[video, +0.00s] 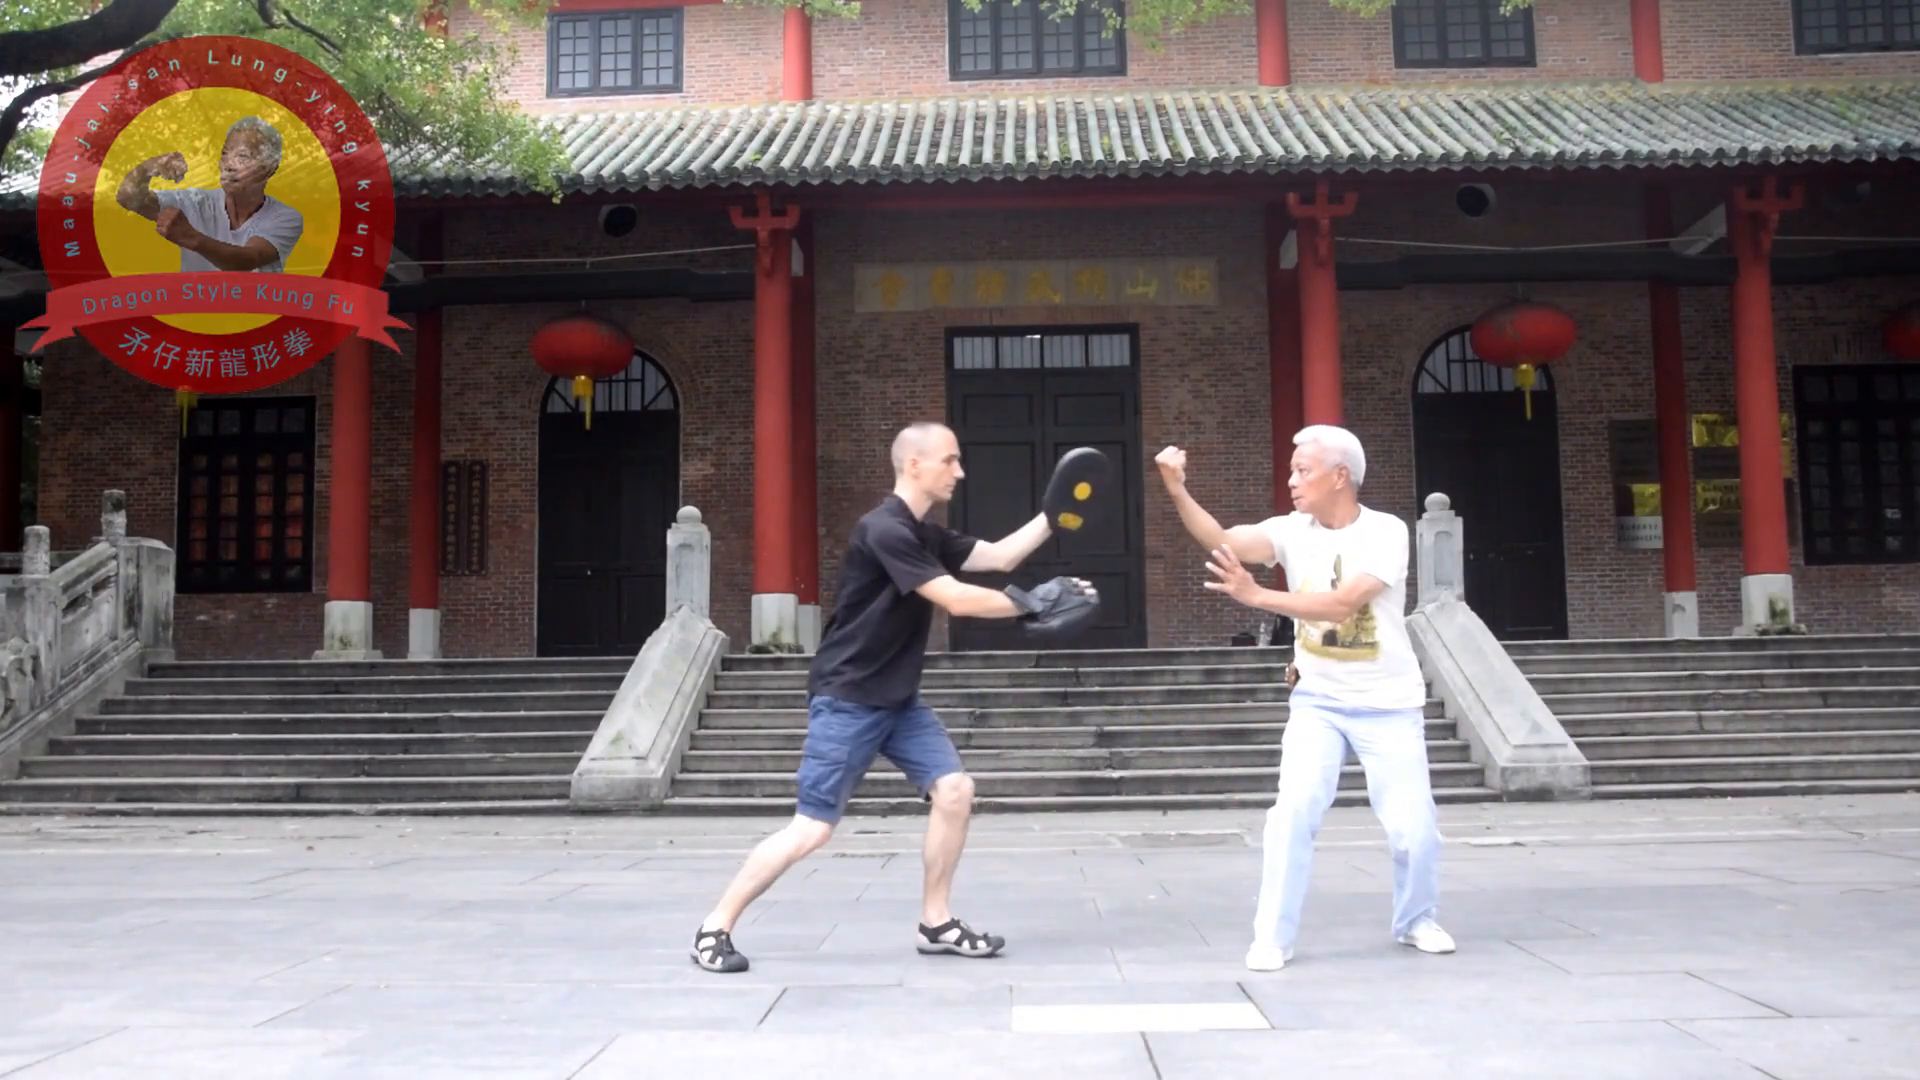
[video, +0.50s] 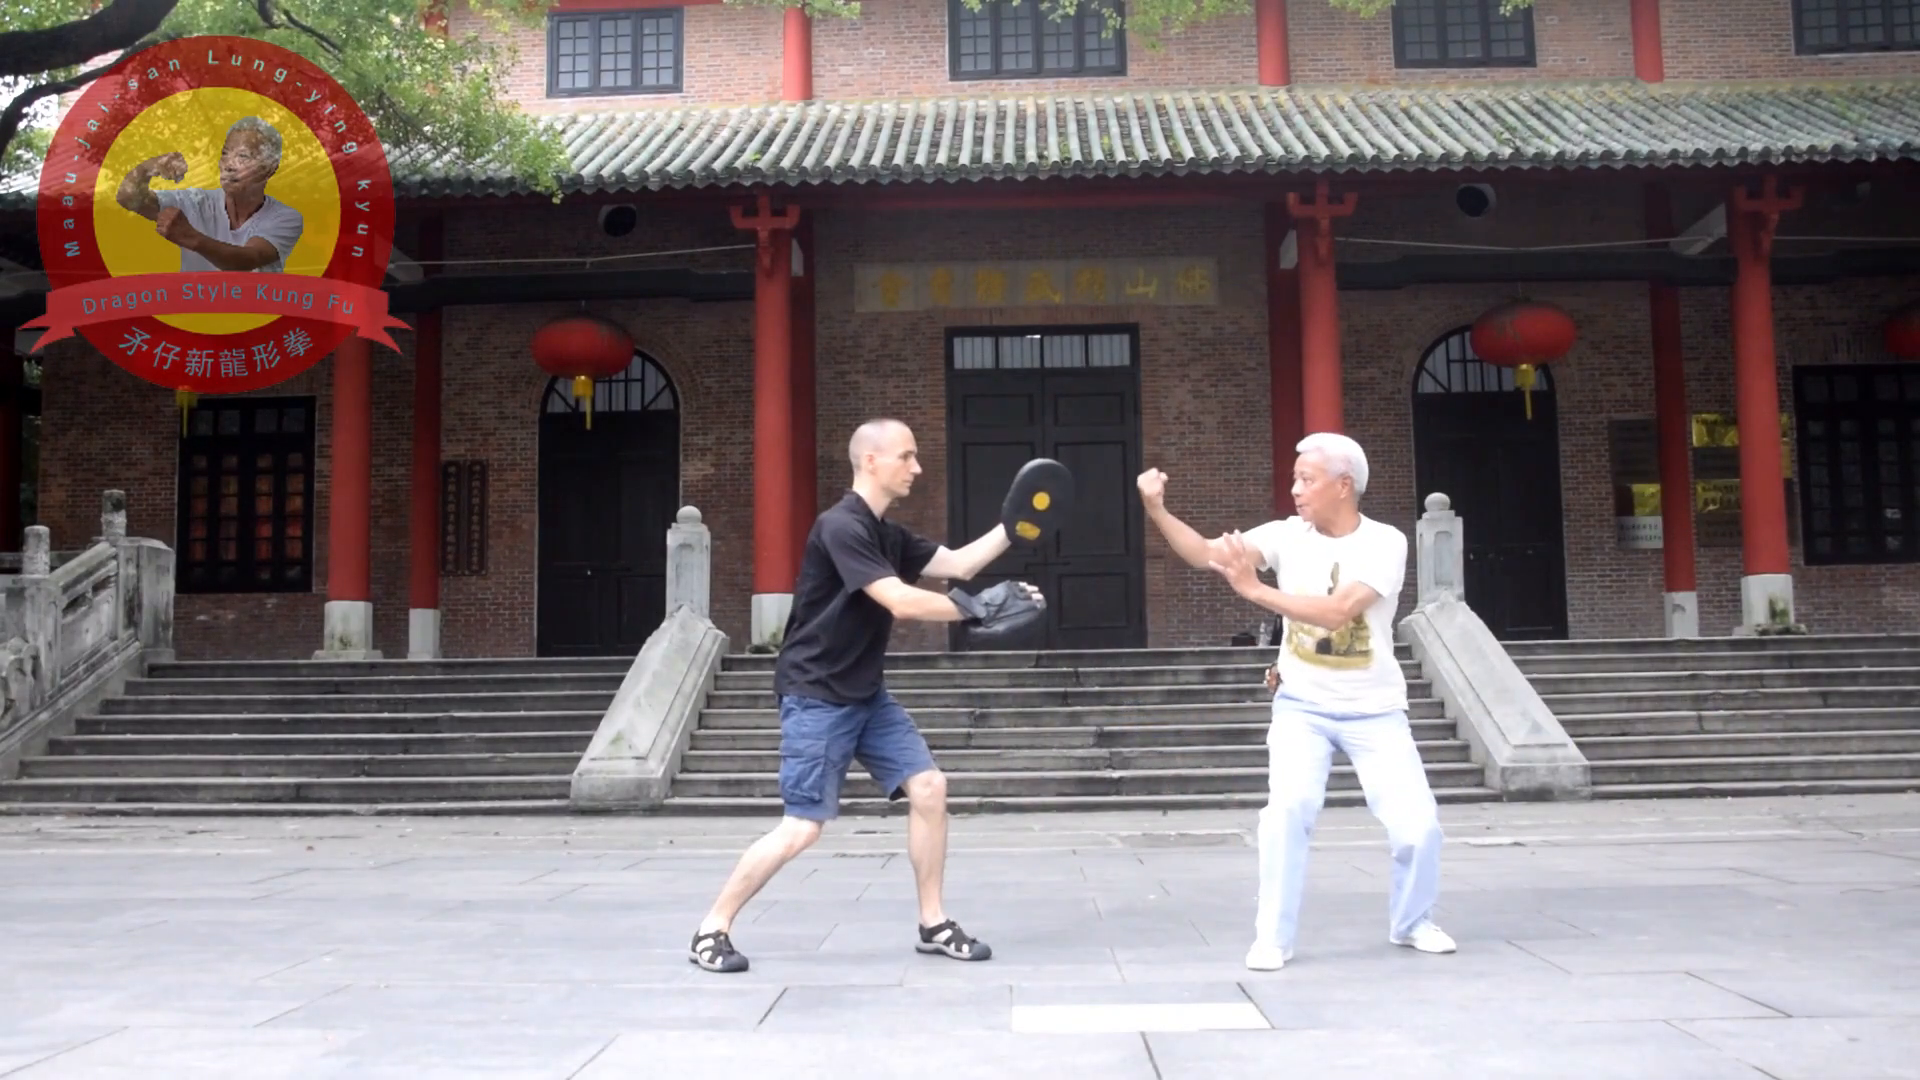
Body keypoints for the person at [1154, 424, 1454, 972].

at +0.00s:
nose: (1291, 481)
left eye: (1301, 471)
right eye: (1291, 471)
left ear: (1340, 476)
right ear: (1315, 477)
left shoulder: (1387, 532)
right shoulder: (1293, 530)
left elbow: (1343, 604)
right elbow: (1227, 543)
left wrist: (1256, 595)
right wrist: (1178, 490)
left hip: (1389, 705)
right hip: (1317, 703)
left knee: (1415, 827)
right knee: (1294, 812)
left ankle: (1418, 920)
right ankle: (1271, 939)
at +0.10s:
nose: (1286, 485)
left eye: (1296, 475)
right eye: (1286, 475)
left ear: (1334, 479)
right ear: (1313, 481)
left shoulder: (1381, 533)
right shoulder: (1289, 532)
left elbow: (1336, 604)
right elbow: (1224, 546)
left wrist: (1249, 593)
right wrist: (1174, 490)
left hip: (1387, 706)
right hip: (1314, 704)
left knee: (1411, 827)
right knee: (1292, 809)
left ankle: (1418, 920)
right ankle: (1271, 939)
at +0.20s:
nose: (1282, 487)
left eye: (1293, 476)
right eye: (1282, 476)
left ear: (1330, 479)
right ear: (1309, 481)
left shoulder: (1378, 533)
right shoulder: (1286, 532)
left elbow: (1332, 605)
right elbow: (1219, 547)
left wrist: (1247, 591)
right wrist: (1169, 492)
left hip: (1384, 706)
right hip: (1312, 704)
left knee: (1407, 826)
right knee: (1290, 809)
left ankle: (1417, 920)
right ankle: (1271, 939)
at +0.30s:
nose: (1281, 487)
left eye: (1291, 476)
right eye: (1280, 476)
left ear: (1329, 479)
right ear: (1309, 481)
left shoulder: (1377, 532)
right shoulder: (1284, 533)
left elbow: (1332, 603)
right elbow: (1216, 547)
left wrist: (1246, 588)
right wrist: (1167, 493)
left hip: (1383, 705)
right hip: (1311, 703)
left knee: (1407, 825)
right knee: (1290, 810)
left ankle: (1417, 920)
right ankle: (1271, 940)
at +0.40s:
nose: (1283, 486)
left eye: (1293, 476)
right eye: (1283, 475)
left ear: (1331, 479)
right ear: (1308, 481)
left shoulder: (1378, 534)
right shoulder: (1284, 531)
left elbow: (1331, 604)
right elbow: (1215, 548)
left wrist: (1248, 585)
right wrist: (1165, 496)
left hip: (1383, 705)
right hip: (1310, 703)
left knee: (1417, 828)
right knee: (1292, 810)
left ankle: (1411, 920)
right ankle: (1271, 940)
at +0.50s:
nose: (1295, 491)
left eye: (1305, 480)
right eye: (1294, 480)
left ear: (1344, 485)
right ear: (1326, 485)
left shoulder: (1386, 543)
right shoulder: (1287, 535)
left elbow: (1338, 612)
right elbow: (1210, 554)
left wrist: (1252, 590)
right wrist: (1157, 510)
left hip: (1376, 709)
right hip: (1300, 706)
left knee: (1419, 828)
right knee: (1290, 808)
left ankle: (1413, 922)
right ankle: (1272, 939)